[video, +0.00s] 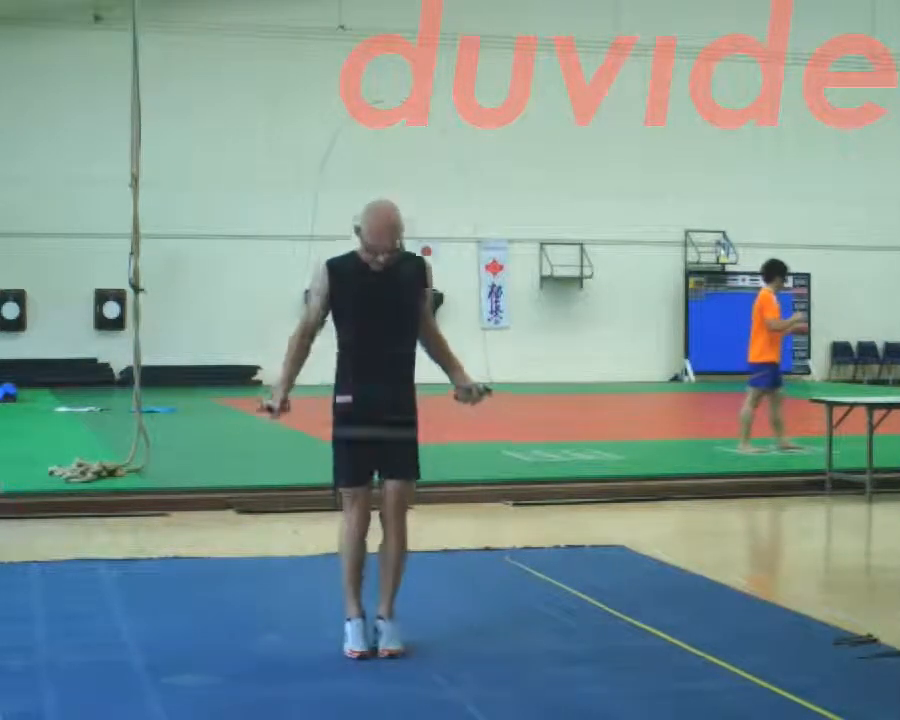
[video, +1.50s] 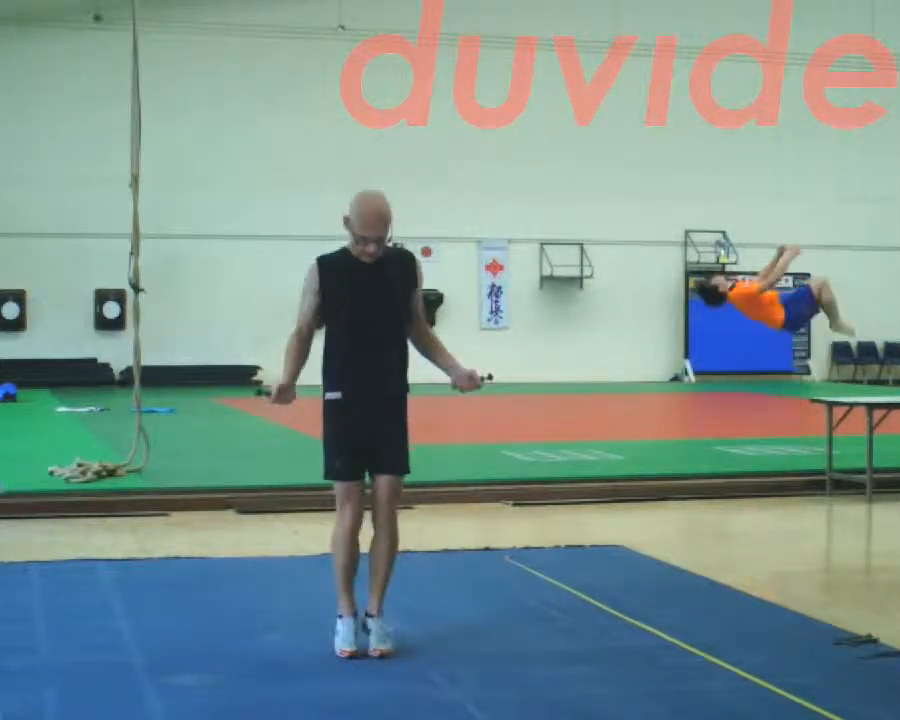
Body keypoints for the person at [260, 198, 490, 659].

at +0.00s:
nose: (382, 258)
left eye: (390, 250)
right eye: (374, 250)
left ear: (401, 238)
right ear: (359, 235)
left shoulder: (416, 271)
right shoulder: (333, 274)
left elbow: (428, 331)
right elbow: (305, 332)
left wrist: (459, 377)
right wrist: (283, 388)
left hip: (400, 404)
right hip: (353, 405)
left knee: (396, 509)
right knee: (357, 511)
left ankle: (386, 618)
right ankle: (354, 619)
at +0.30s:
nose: (381, 278)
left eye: (389, 269)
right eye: (372, 270)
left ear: (401, 258)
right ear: (356, 257)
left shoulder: (417, 298)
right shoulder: (333, 302)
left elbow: (428, 356)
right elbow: (312, 356)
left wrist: (462, 396)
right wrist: (296, 398)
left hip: (399, 425)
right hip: (351, 425)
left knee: (396, 523)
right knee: (358, 526)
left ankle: (384, 623)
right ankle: (355, 623)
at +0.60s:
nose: (380, 244)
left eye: (388, 236)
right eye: (372, 236)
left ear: (399, 225)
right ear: (357, 223)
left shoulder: (415, 263)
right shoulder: (335, 266)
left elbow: (422, 328)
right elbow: (311, 327)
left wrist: (458, 367)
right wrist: (293, 379)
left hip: (398, 397)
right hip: (352, 398)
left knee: (393, 504)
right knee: (357, 505)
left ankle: (384, 613)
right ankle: (355, 611)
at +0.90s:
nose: (378, 250)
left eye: (385, 242)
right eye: (370, 242)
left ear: (396, 230)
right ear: (355, 228)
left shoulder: (410, 267)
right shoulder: (329, 270)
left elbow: (418, 330)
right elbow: (306, 329)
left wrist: (452, 378)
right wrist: (286, 390)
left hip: (396, 398)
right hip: (350, 399)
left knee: (392, 502)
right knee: (355, 505)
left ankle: (382, 616)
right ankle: (353, 615)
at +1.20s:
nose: (371, 276)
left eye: (379, 266)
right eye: (362, 267)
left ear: (391, 255)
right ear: (347, 254)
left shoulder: (408, 295)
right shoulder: (324, 299)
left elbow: (421, 354)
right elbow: (304, 356)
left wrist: (456, 392)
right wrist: (288, 398)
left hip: (391, 423)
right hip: (346, 424)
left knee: (388, 525)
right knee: (355, 530)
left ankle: (374, 627)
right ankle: (347, 627)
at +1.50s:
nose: (371, 248)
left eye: (379, 240)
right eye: (363, 240)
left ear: (390, 228)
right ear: (347, 228)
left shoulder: (405, 266)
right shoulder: (325, 270)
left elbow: (419, 330)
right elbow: (303, 331)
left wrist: (455, 369)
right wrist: (288, 382)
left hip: (390, 400)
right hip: (343, 401)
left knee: (386, 505)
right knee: (350, 508)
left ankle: (375, 615)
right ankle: (346, 616)